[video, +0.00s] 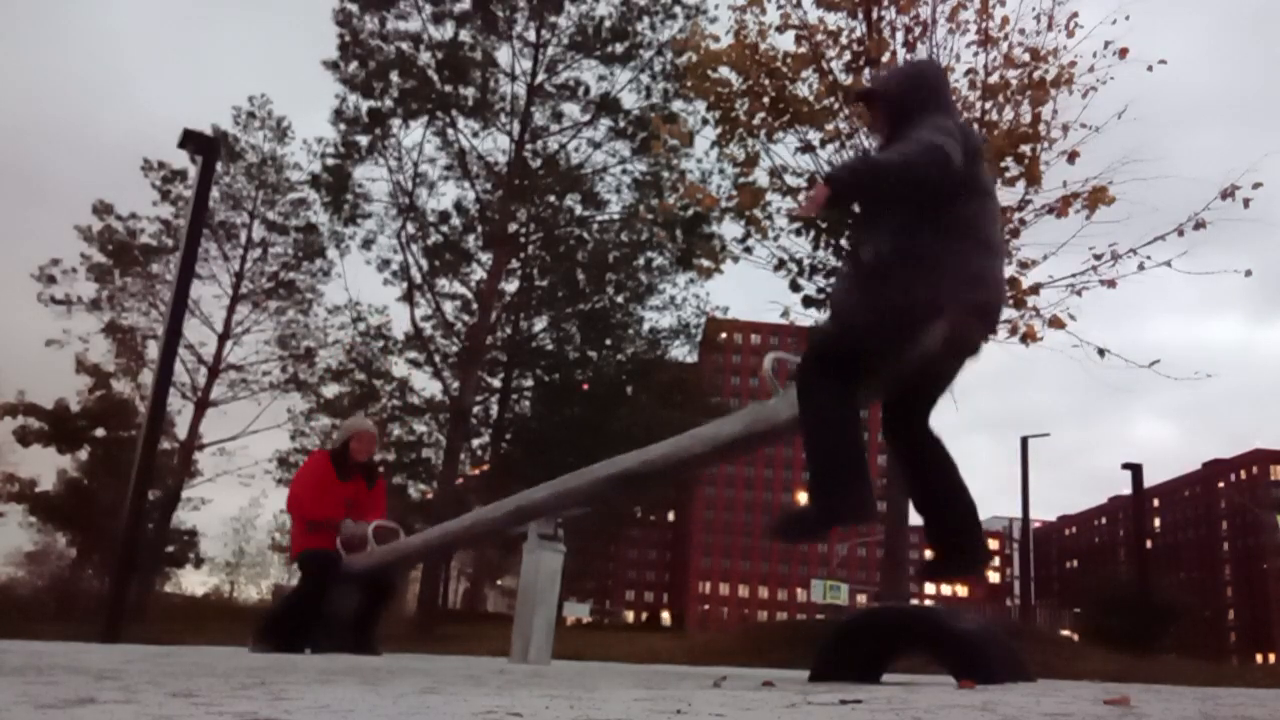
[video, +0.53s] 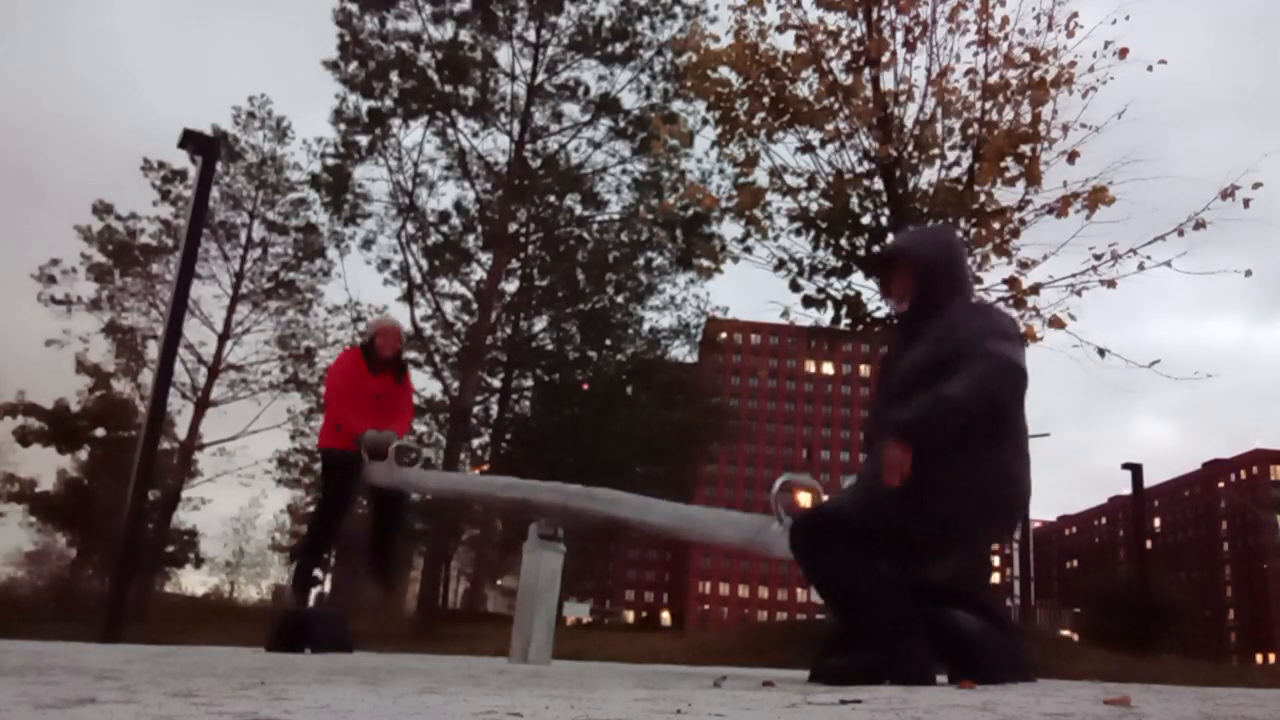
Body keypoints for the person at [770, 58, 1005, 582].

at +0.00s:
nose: (871, 118)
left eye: (878, 106)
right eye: (871, 107)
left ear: (904, 100)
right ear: (926, 98)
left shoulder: (938, 129)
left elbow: (930, 164)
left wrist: (839, 182)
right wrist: (847, 208)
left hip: (925, 295)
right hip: (963, 305)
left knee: (822, 367)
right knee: (905, 415)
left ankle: (838, 496)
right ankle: (961, 549)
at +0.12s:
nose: (877, 159)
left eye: (884, 146)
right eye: (876, 148)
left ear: (912, 140)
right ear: (928, 138)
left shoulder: (957, 178)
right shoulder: (904, 204)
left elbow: (945, 202)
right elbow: (879, 307)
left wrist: (865, 215)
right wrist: (828, 376)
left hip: (952, 343)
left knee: (824, 406)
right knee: (906, 455)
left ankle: (845, 536)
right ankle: (978, 587)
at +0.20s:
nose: (883, 188)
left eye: (890, 176)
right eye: (882, 178)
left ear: (917, 170)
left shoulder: (968, 209)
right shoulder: (904, 232)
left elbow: (941, 242)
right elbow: (879, 334)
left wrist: (884, 259)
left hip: (953, 374)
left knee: (829, 445)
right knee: (915, 489)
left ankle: (858, 601)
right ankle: (982, 627)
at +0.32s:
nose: (891, 240)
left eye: (898, 227)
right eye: (890, 230)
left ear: (926, 220)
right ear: (932, 223)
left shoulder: (969, 260)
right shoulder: (918, 278)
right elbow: (897, 379)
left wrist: (895, 331)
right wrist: (864, 440)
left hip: (954, 426)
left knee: (834, 503)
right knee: (915, 535)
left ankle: (875, 633)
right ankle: (1000, 643)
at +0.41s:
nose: (888, 258)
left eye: (897, 246)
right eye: (886, 248)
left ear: (928, 245)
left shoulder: (975, 294)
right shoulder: (912, 314)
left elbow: (973, 354)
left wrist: (902, 373)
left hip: (968, 455)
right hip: (935, 455)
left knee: (829, 522)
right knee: (894, 556)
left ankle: (891, 653)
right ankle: (997, 646)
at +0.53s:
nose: (892, 288)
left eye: (902, 274)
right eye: (890, 277)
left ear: (932, 274)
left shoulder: (980, 321)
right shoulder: (910, 341)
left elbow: (992, 384)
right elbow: (890, 437)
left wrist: (907, 430)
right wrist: (860, 495)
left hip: (973, 492)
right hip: (929, 493)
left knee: (819, 532)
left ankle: (893, 655)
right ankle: (998, 660)